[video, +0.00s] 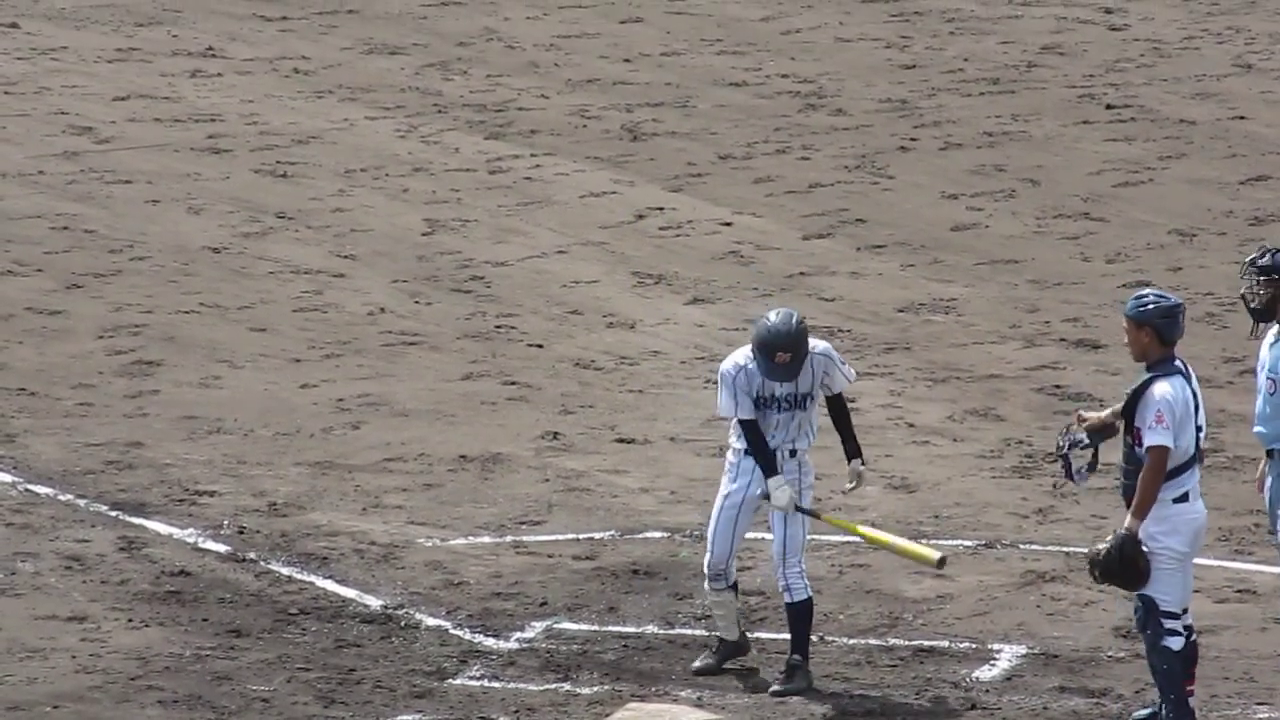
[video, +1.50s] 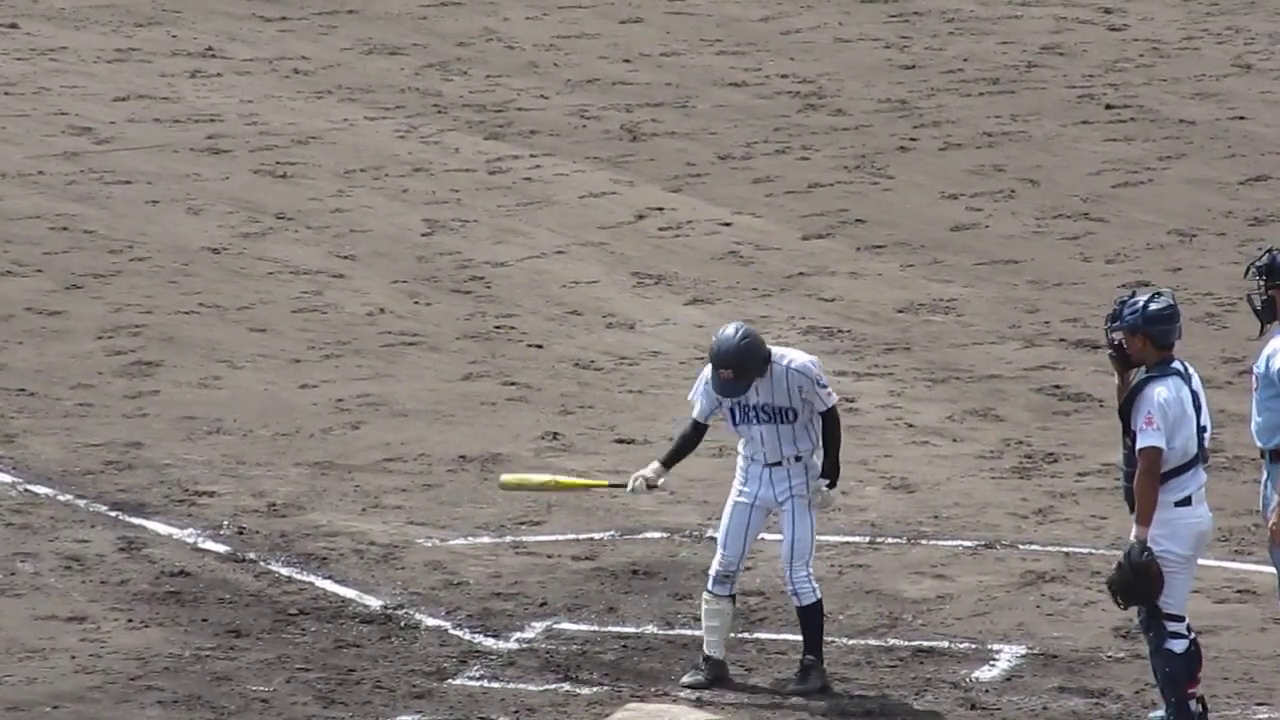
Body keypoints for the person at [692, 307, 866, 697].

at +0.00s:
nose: (782, 362)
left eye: (789, 356)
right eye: (774, 356)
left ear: (802, 348)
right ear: (760, 349)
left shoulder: (821, 359)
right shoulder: (738, 370)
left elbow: (837, 404)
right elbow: (750, 430)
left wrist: (854, 456)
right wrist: (774, 478)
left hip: (792, 466)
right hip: (744, 464)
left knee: (790, 567)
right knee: (716, 562)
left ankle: (798, 665)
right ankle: (731, 640)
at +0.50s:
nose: (719, 379)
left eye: (727, 372)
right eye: (713, 372)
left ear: (747, 359)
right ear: (705, 360)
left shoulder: (781, 355)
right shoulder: (698, 380)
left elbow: (811, 394)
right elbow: (722, 439)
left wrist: (832, 448)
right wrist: (749, 483)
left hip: (771, 469)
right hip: (722, 469)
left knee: (781, 568)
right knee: (704, 565)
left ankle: (797, 664)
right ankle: (711, 661)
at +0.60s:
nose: (701, 382)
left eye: (708, 375)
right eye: (695, 375)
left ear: (730, 359)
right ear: (688, 360)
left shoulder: (769, 356)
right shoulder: (685, 377)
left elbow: (800, 394)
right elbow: (694, 436)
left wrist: (818, 448)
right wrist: (706, 491)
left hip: (766, 466)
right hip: (717, 468)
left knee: (781, 564)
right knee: (703, 564)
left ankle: (794, 663)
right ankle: (711, 662)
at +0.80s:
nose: (674, 376)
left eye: (679, 368)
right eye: (670, 368)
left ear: (702, 353)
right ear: (668, 357)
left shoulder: (752, 353)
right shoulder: (674, 374)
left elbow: (790, 396)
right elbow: (666, 426)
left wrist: (792, 456)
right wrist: (648, 476)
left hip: (765, 463)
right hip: (718, 467)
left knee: (771, 563)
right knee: (707, 563)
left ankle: (804, 647)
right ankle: (711, 662)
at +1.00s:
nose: (667, 382)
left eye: (671, 375)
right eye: (662, 376)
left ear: (690, 360)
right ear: (663, 363)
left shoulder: (744, 358)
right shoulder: (673, 378)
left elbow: (787, 401)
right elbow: (641, 422)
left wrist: (784, 460)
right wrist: (596, 439)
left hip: (767, 467)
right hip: (721, 471)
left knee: (778, 567)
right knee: (705, 564)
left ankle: (799, 663)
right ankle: (711, 664)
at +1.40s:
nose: (701, 382)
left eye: (708, 376)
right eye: (698, 374)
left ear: (732, 365)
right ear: (696, 363)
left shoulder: (780, 367)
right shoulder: (700, 374)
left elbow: (816, 412)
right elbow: (668, 414)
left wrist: (812, 472)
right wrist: (621, 437)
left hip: (788, 474)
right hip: (743, 475)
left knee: (789, 575)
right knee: (716, 568)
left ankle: (811, 665)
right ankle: (711, 662)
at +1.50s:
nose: (727, 385)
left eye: (734, 379)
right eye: (722, 377)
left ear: (755, 366)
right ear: (717, 363)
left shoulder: (800, 370)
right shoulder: (717, 376)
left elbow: (829, 414)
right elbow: (696, 428)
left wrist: (829, 476)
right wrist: (659, 466)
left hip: (797, 474)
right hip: (750, 475)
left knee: (798, 573)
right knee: (724, 566)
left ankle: (813, 666)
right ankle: (712, 661)